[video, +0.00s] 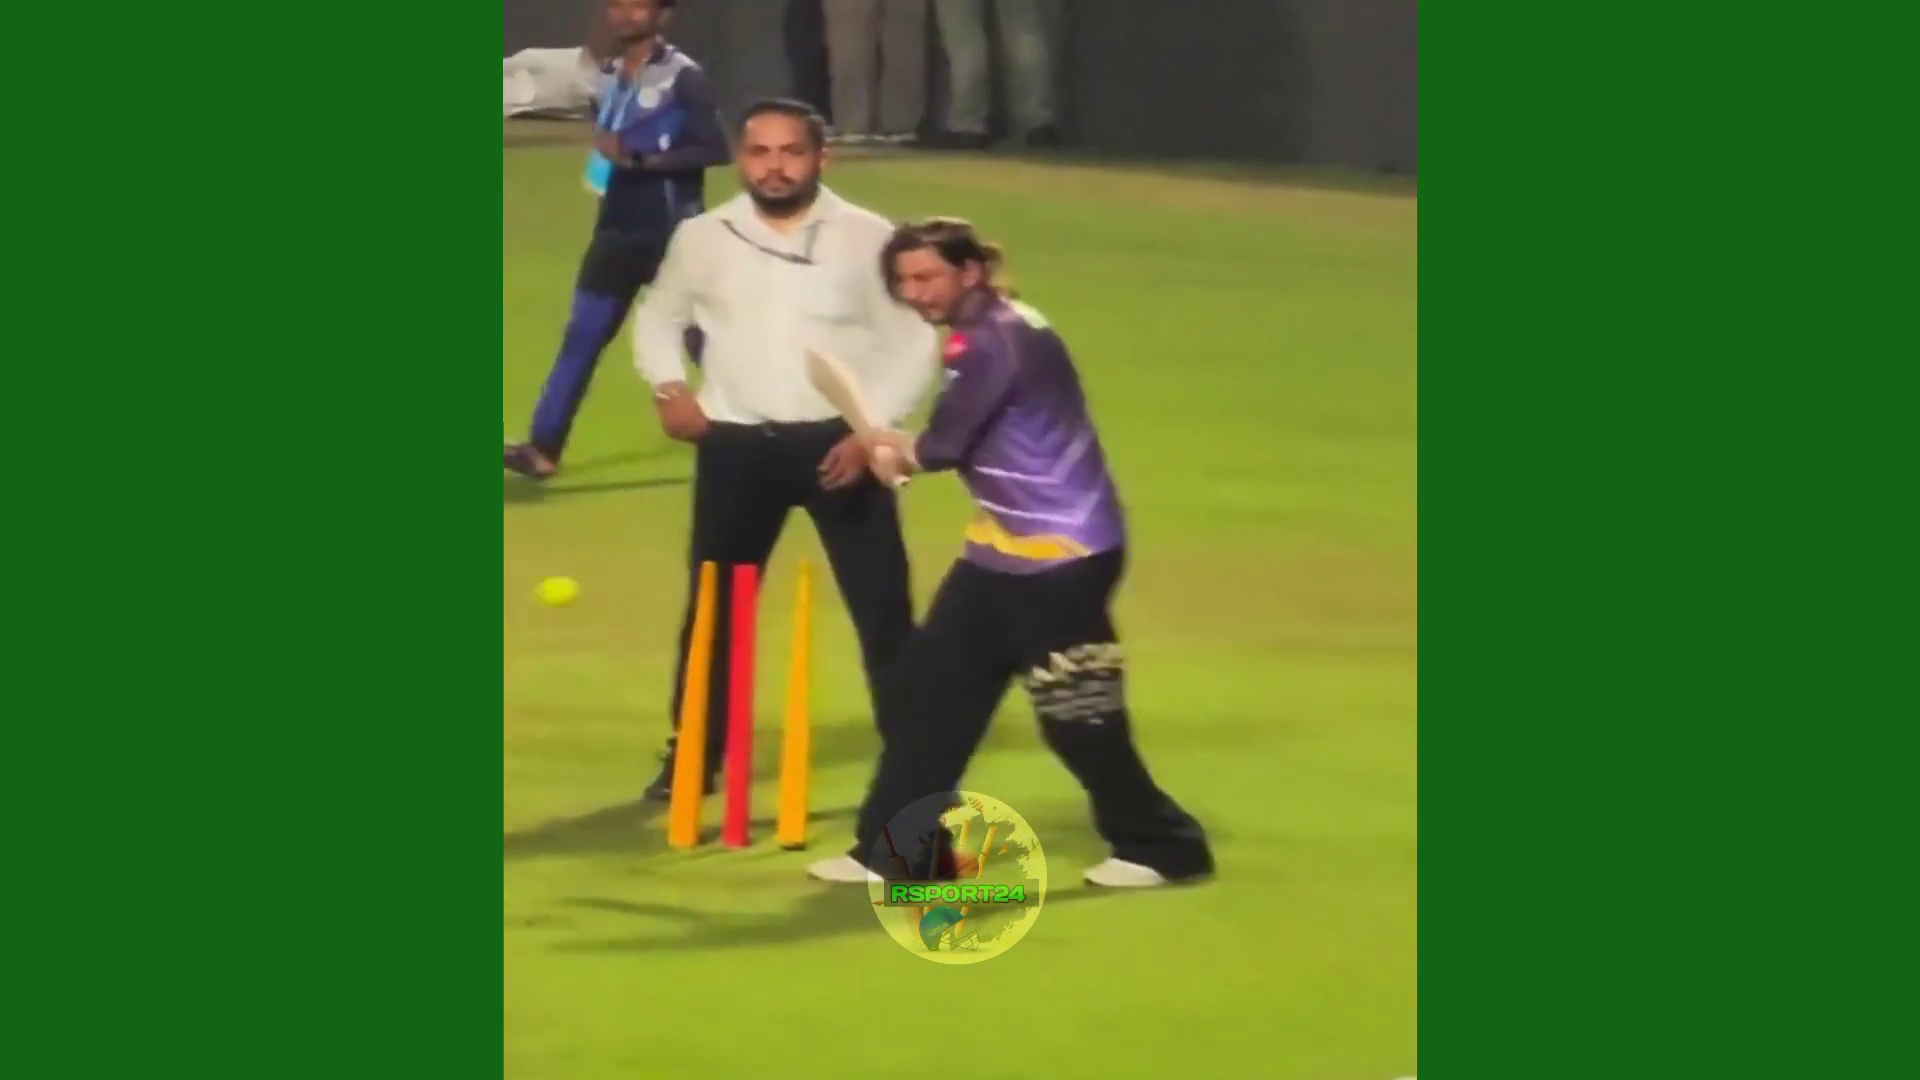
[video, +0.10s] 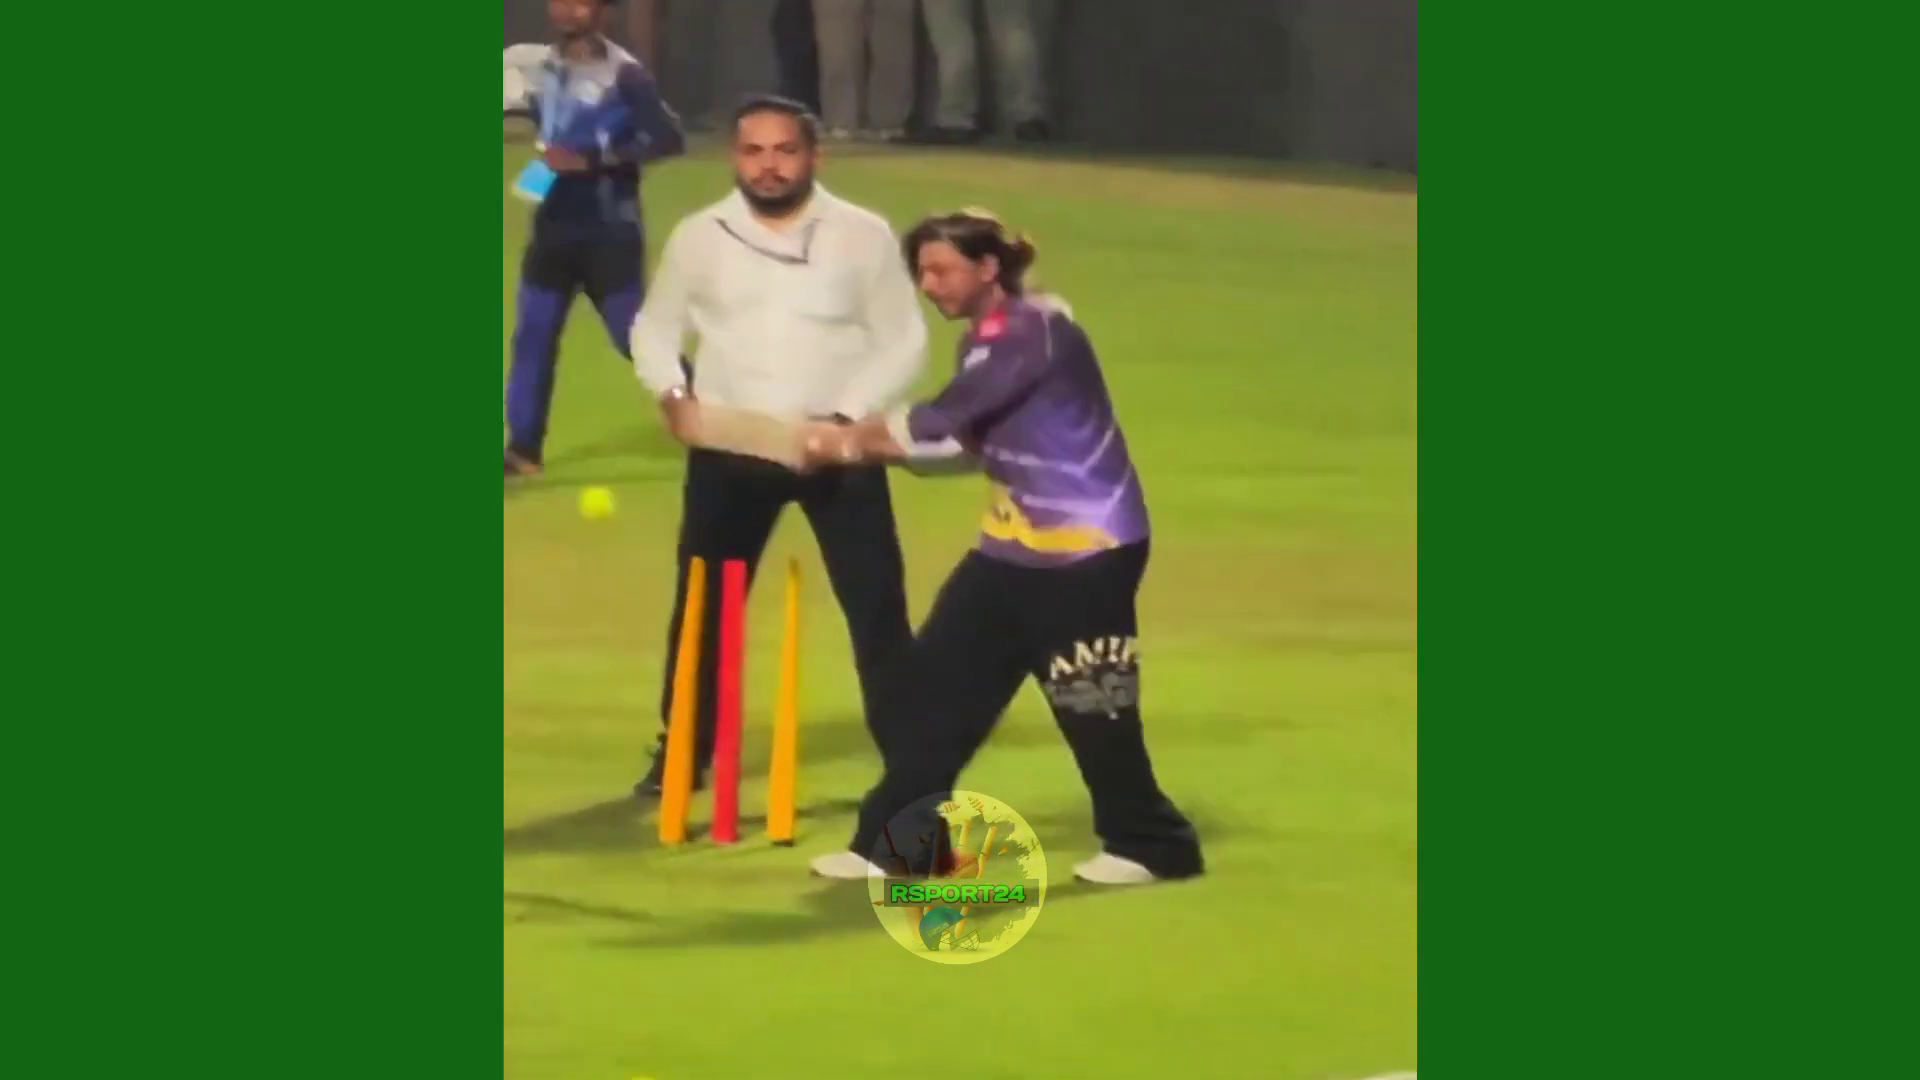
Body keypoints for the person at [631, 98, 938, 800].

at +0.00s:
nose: (773, 165)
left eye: (790, 152)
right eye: (758, 151)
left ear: (820, 158)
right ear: (740, 159)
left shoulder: (872, 241)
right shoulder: (701, 240)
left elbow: (921, 343)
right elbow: (656, 317)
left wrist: (872, 435)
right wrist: (670, 387)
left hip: (842, 450)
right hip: (736, 451)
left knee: (887, 618)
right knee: (711, 615)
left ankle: (916, 769)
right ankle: (690, 763)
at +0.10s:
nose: (768, 165)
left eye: (785, 151)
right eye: (752, 151)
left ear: (813, 156)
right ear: (735, 158)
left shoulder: (864, 238)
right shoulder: (698, 238)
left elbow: (906, 340)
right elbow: (656, 325)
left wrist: (851, 416)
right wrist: (670, 386)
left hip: (839, 456)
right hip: (729, 456)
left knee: (881, 621)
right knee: (699, 614)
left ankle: (914, 775)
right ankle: (679, 761)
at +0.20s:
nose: (766, 163)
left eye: (782, 149)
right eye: (750, 150)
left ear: (811, 155)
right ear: (732, 157)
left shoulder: (864, 231)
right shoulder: (698, 236)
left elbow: (903, 336)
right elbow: (663, 336)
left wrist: (843, 404)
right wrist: (689, 394)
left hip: (839, 445)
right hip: (730, 448)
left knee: (878, 603)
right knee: (696, 603)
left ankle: (908, 761)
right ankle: (676, 753)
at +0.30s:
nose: (761, 164)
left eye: (778, 150)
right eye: (747, 150)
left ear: (807, 156)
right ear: (729, 157)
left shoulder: (860, 232)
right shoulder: (694, 237)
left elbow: (895, 342)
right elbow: (664, 341)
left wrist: (819, 410)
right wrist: (703, 409)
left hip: (836, 442)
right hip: (726, 442)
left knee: (874, 596)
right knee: (693, 600)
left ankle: (902, 755)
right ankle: (671, 752)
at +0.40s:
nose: (754, 155)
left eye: (772, 142)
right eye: (740, 142)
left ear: (801, 149)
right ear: (724, 148)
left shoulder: (853, 225)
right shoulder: (687, 230)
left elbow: (890, 335)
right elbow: (658, 336)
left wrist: (817, 402)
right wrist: (702, 412)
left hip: (829, 429)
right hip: (718, 430)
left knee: (866, 592)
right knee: (686, 593)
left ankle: (897, 750)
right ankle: (665, 745)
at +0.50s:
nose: (752, 152)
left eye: (768, 138)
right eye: (737, 138)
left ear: (798, 146)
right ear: (719, 146)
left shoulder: (850, 224)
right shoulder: (683, 228)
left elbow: (886, 334)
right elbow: (653, 337)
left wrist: (821, 408)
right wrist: (694, 423)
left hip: (827, 426)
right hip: (714, 431)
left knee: (862, 591)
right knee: (682, 594)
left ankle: (895, 743)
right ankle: (664, 745)